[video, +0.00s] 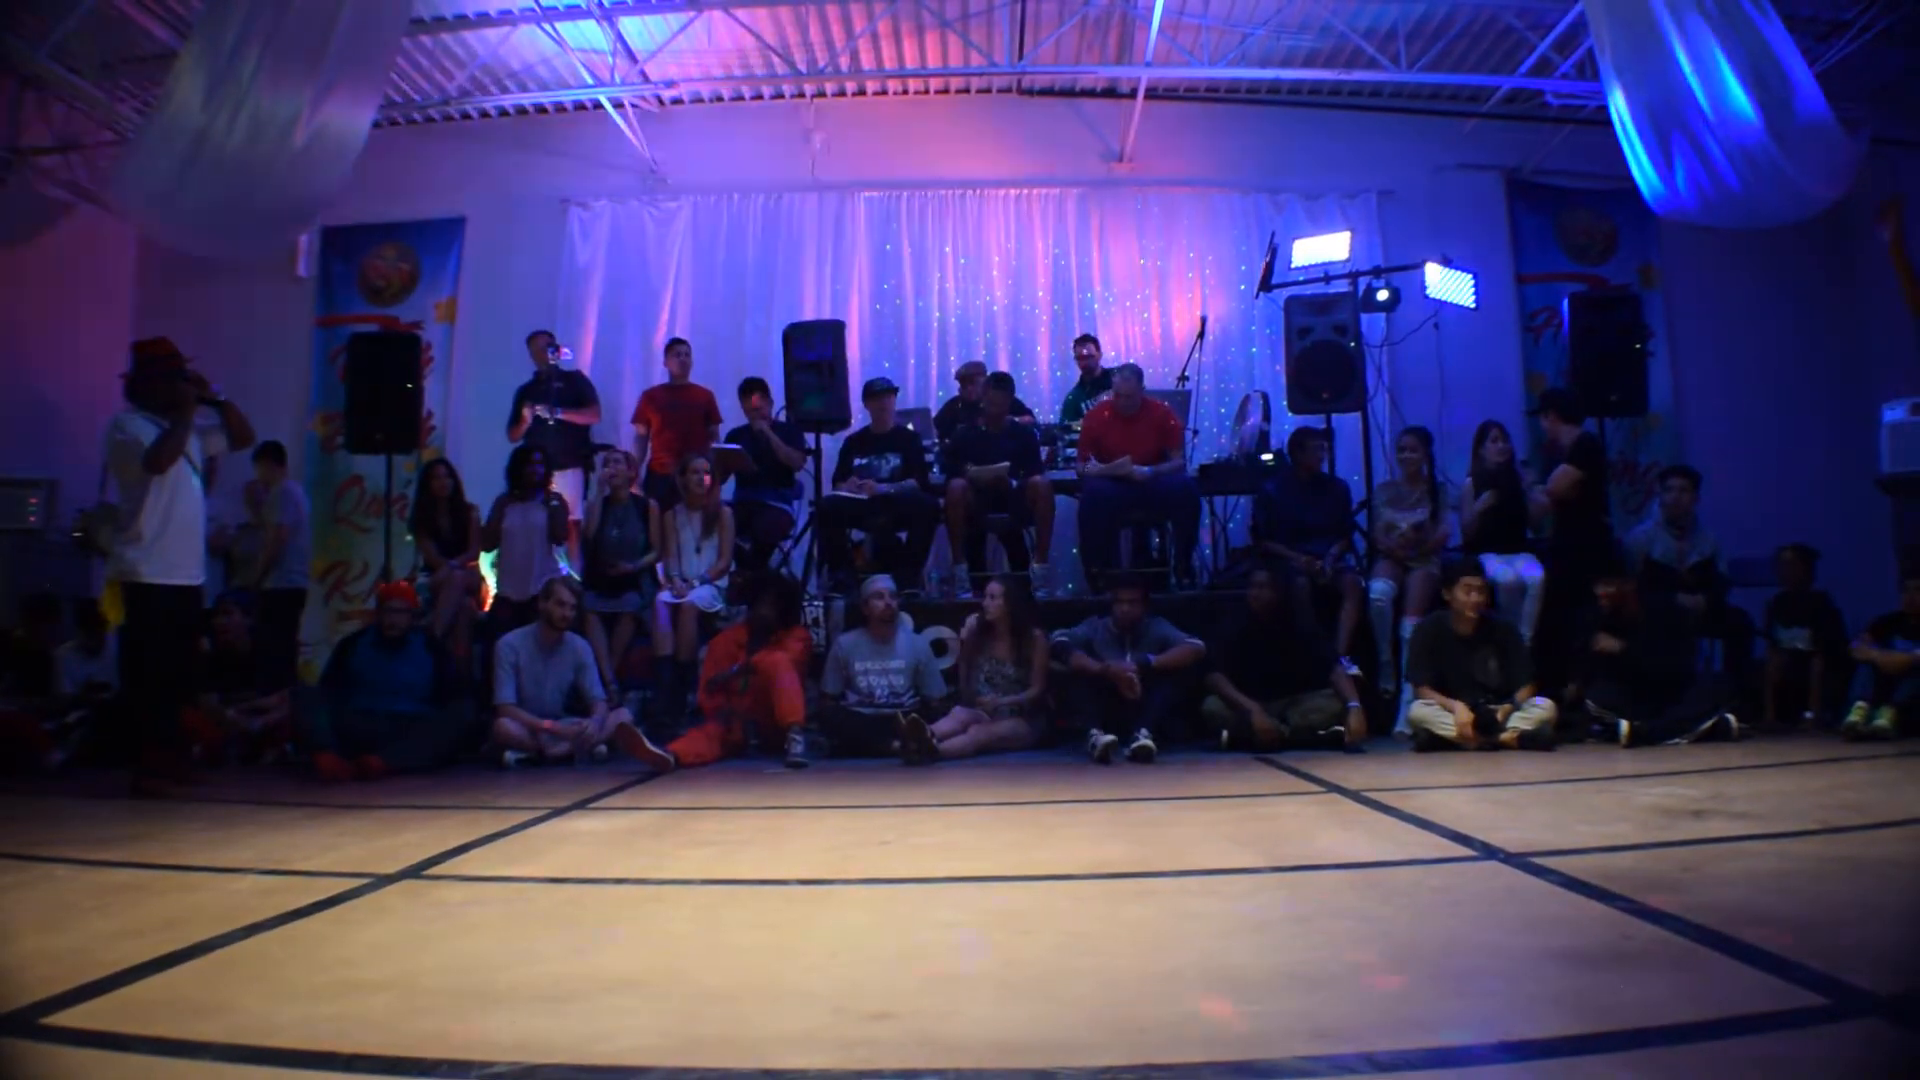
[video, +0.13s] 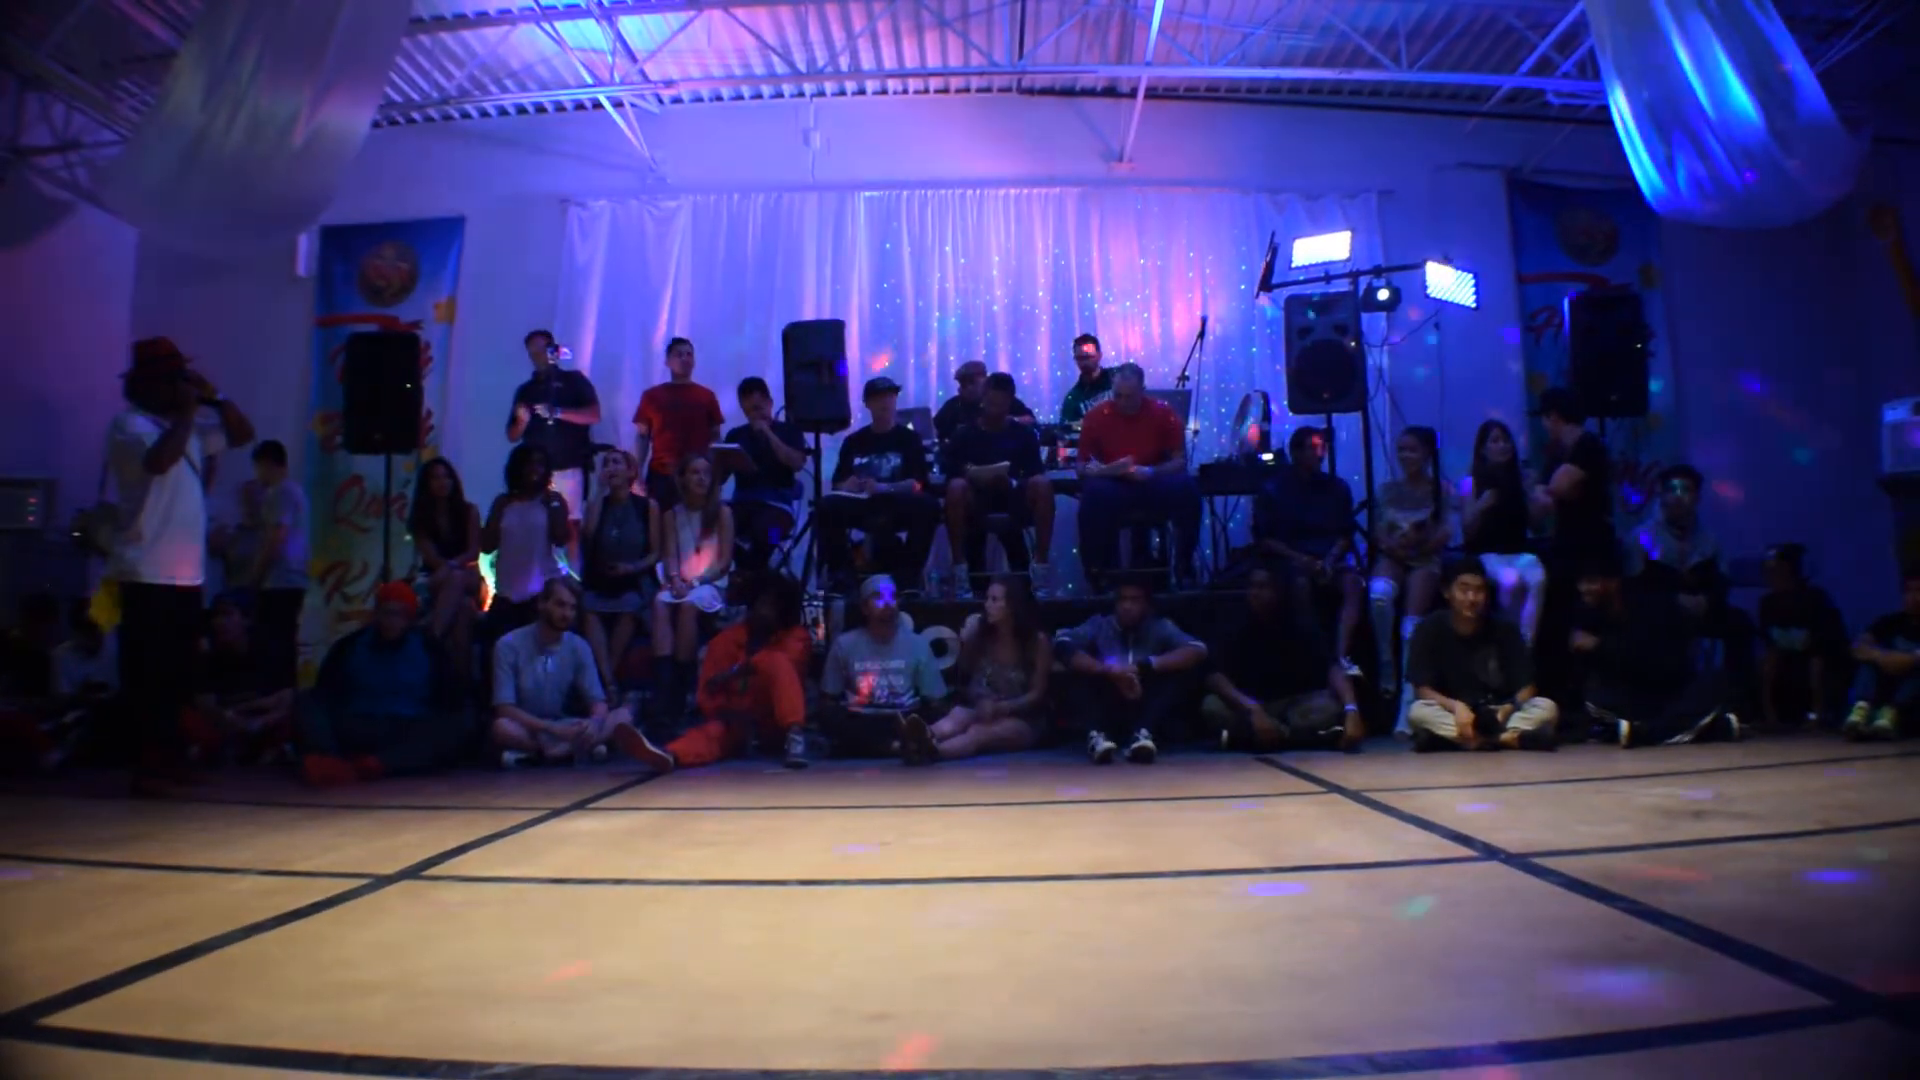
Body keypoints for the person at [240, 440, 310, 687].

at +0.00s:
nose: (258, 473)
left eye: (261, 466)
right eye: (257, 466)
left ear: (273, 465)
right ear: (279, 466)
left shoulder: (284, 493)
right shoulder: (290, 491)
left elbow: (277, 537)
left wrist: (258, 575)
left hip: (283, 585)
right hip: (286, 583)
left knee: (276, 649)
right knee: (280, 649)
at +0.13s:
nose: (258, 473)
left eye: (261, 466)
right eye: (257, 466)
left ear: (272, 465)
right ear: (281, 465)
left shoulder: (282, 493)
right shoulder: (290, 491)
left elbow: (276, 536)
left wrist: (255, 573)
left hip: (281, 580)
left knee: (274, 645)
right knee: (280, 645)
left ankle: (276, 698)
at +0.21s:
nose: (258, 471)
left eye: (261, 465)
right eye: (257, 465)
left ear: (270, 464)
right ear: (281, 463)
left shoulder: (282, 494)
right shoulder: (282, 492)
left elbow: (276, 540)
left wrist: (250, 577)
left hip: (280, 585)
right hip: (279, 583)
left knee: (273, 650)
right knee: (276, 649)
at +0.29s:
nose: (259, 471)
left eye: (262, 464)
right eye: (259, 464)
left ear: (272, 463)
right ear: (282, 463)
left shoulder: (283, 495)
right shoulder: (285, 493)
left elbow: (275, 538)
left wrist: (250, 577)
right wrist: (253, 574)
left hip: (280, 584)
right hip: (281, 583)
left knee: (274, 649)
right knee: (277, 649)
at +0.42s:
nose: (257, 471)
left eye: (260, 463)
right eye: (257, 464)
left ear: (270, 463)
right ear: (280, 462)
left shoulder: (281, 495)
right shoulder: (287, 493)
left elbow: (270, 541)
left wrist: (249, 576)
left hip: (277, 583)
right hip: (281, 581)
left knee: (271, 649)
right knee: (275, 649)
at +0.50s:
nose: (258, 470)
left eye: (260, 462)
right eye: (257, 463)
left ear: (270, 462)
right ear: (281, 462)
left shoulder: (282, 494)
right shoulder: (288, 492)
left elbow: (269, 540)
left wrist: (250, 575)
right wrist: (253, 572)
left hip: (277, 585)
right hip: (281, 583)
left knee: (271, 650)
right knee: (275, 650)